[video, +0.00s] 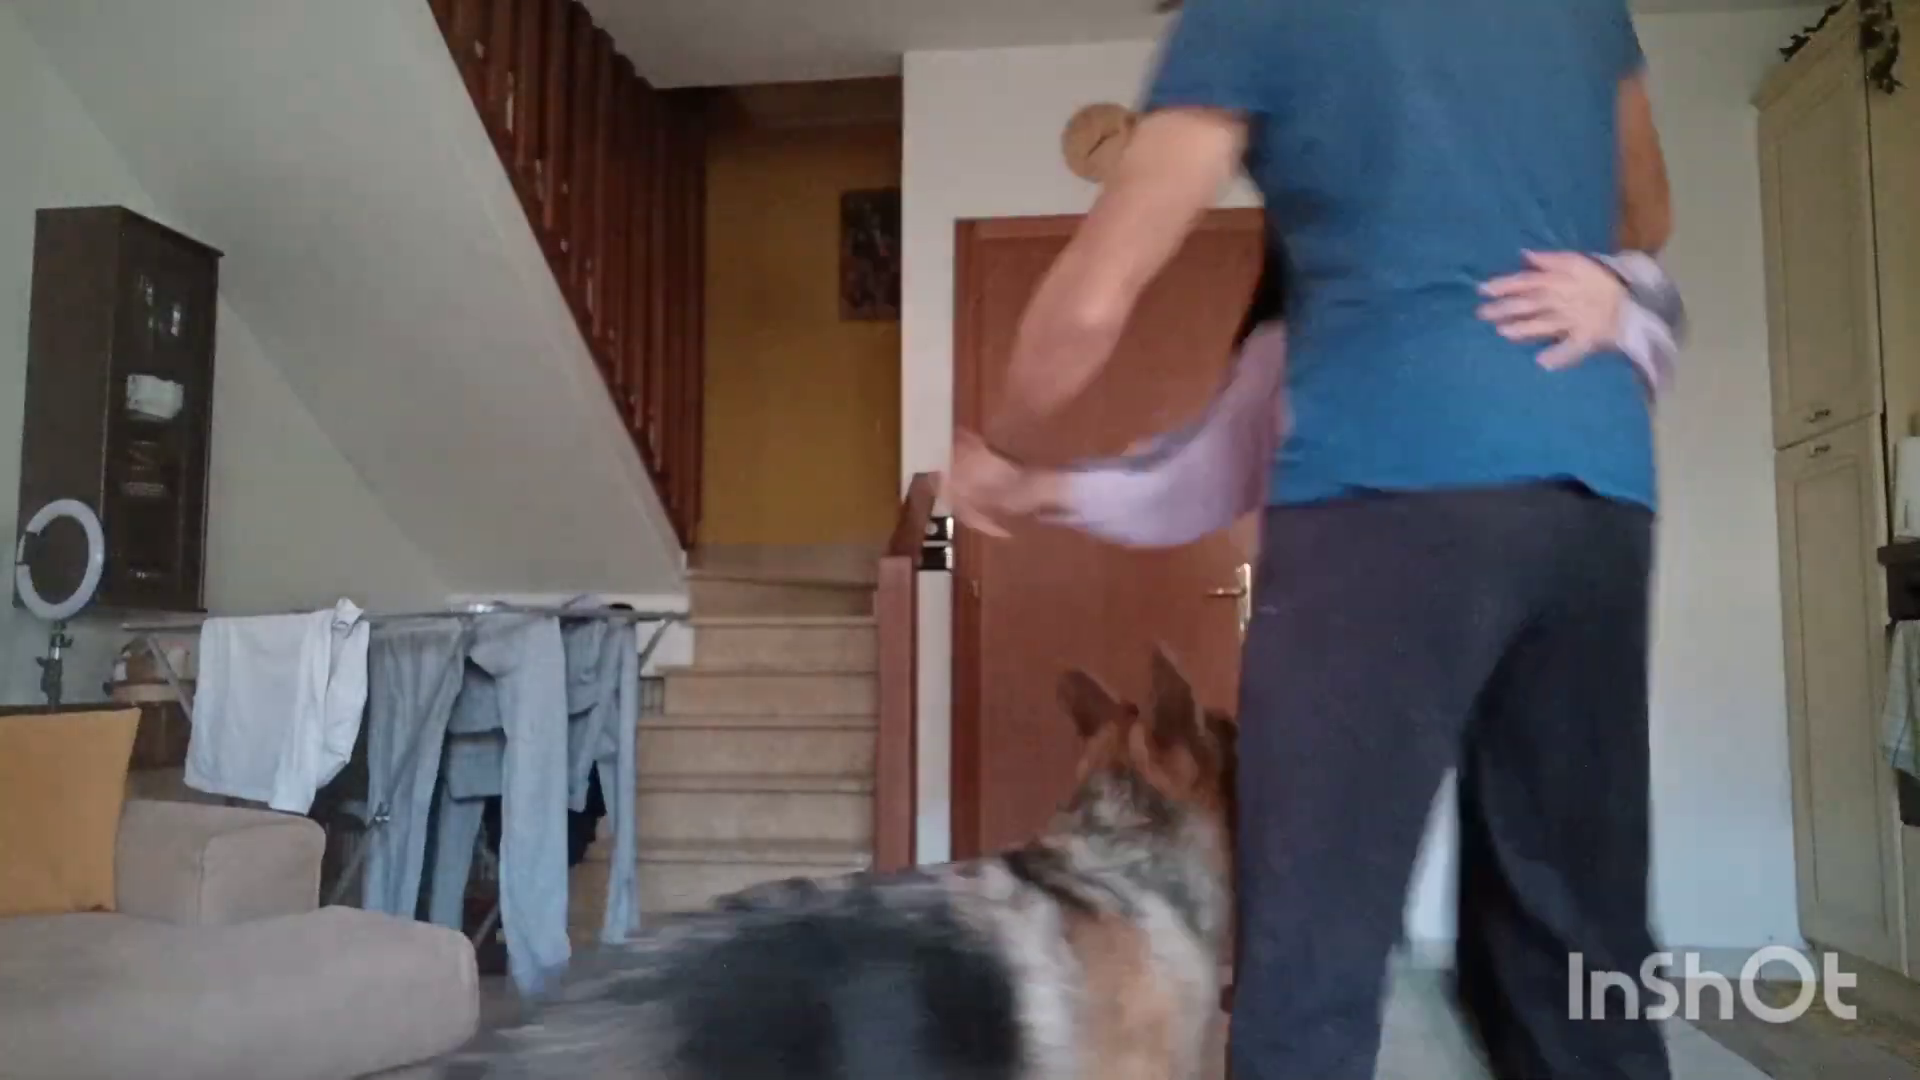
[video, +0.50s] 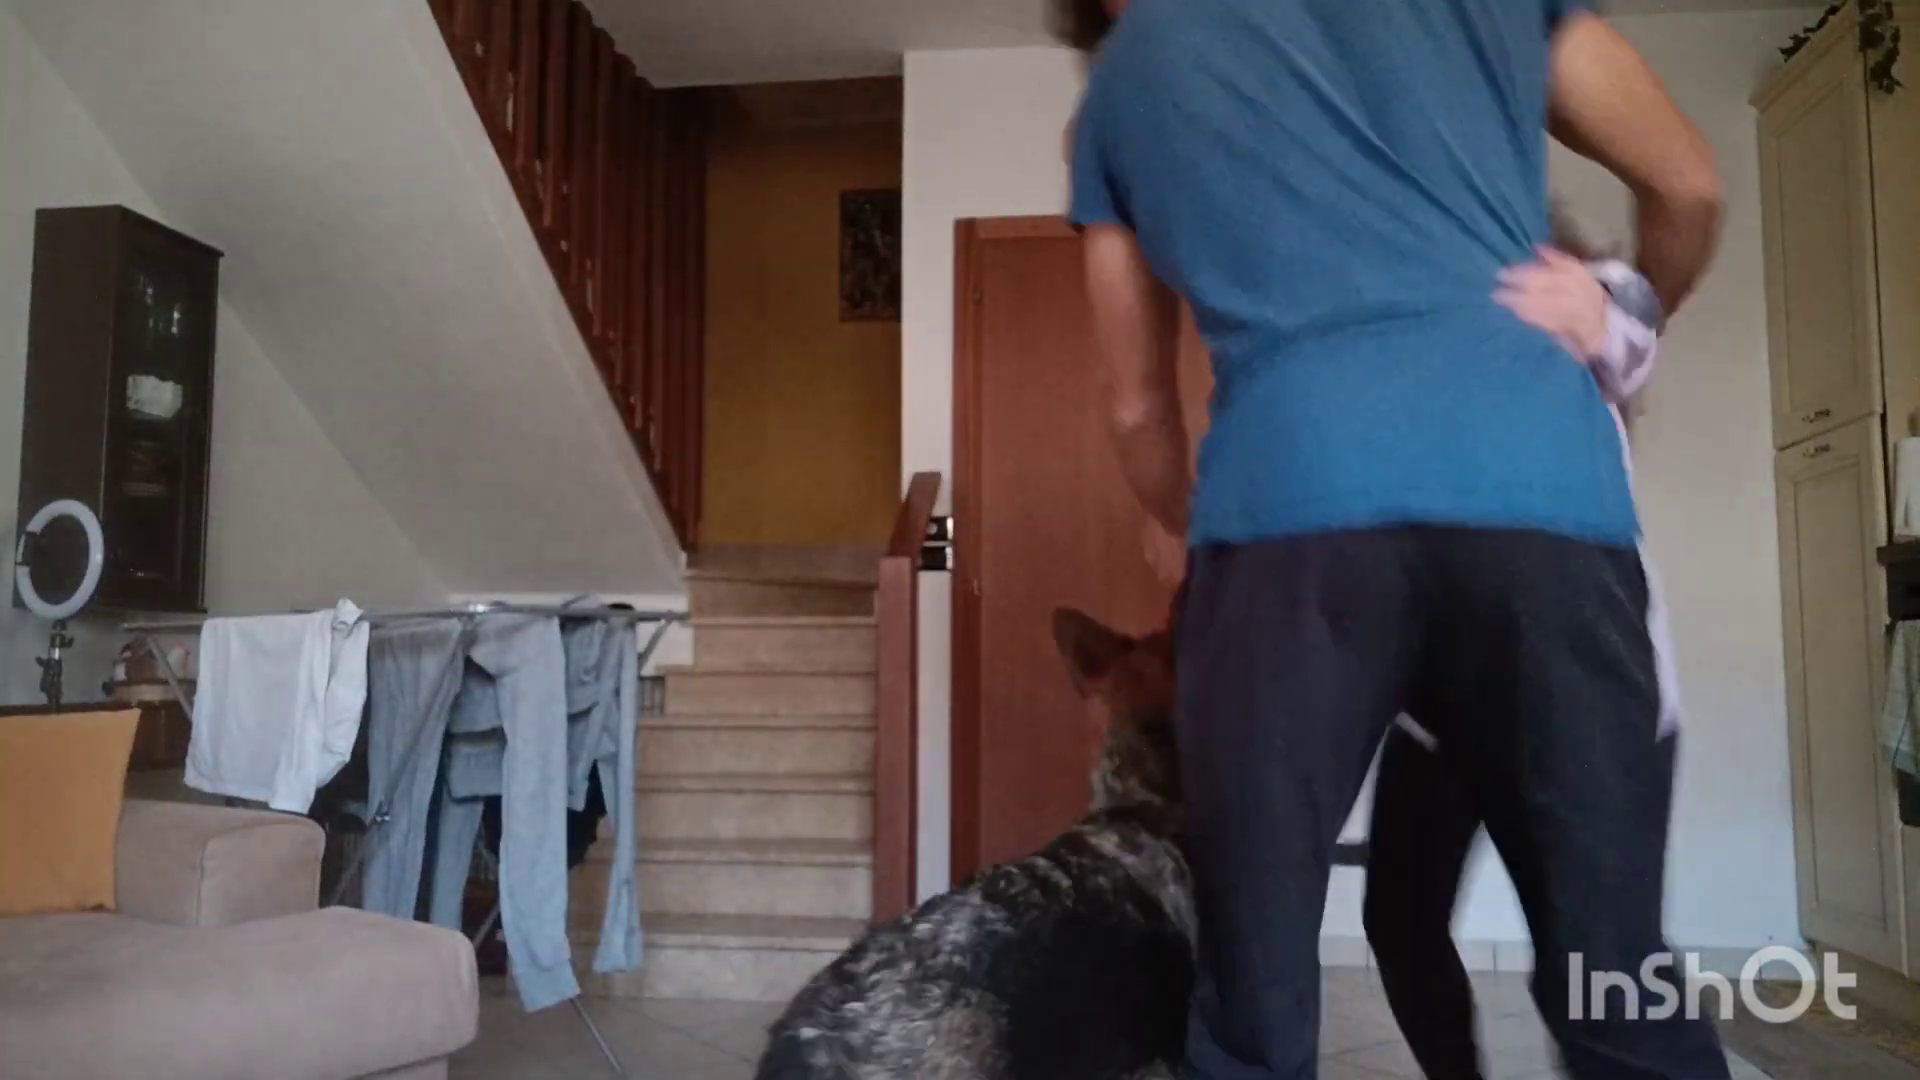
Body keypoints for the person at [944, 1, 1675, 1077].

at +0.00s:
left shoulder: (1257, 14)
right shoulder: (1585, 13)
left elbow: (1089, 303)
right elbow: (1642, 219)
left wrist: (1007, 449)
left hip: (1394, 494)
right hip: (1600, 499)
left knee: (1310, 980)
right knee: (1573, 970)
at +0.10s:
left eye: (1120, 19)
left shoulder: (1184, 25)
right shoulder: (1537, 10)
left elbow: (1060, 353)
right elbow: (1651, 182)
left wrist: (1040, 472)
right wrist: (1587, 271)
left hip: (1365, 513)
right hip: (1575, 510)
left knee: (1293, 957)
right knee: (1574, 954)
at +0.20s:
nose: (1082, 40)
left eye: (1077, 31)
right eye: (1073, 34)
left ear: (1096, 9)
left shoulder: (1131, 69)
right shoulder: (1481, 13)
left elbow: (1071, 403)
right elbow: (1657, 167)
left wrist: (1084, 502)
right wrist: (1597, 281)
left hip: (1324, 529)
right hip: (1554, 523)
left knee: (1261, 998)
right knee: (1538, 998)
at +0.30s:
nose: (1069, 34)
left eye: (1064, 30)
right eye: (1061, 30)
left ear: (1084, 10)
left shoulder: (1104, 68)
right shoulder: (1469, 7)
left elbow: (1113, 380)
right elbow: (1654, 144)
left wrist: (1134, 524)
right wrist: (1610, 296)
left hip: (1305, 488)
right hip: (1542, 472)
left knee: (1271, 950)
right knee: (1545, 943)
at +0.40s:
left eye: (1060, 29)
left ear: (1085, 5)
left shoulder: (1105, 54)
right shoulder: (1477, 2)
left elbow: (1137, 387)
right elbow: (1655, 144)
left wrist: (1173, 533)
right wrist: (1623, 328)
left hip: (1301, 484)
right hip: (1540, 462)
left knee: (1266, 943)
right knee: (1576, 936)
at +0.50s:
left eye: (1079, 34)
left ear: (1109, 7)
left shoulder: (1124, 70)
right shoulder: (1489, 7)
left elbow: (1134, 406)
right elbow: (1688, 181)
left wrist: (1202, 543)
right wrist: (1631, 319)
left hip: (1294, 524)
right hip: (1545, 503)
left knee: (1254, 999)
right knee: (1617, 986)